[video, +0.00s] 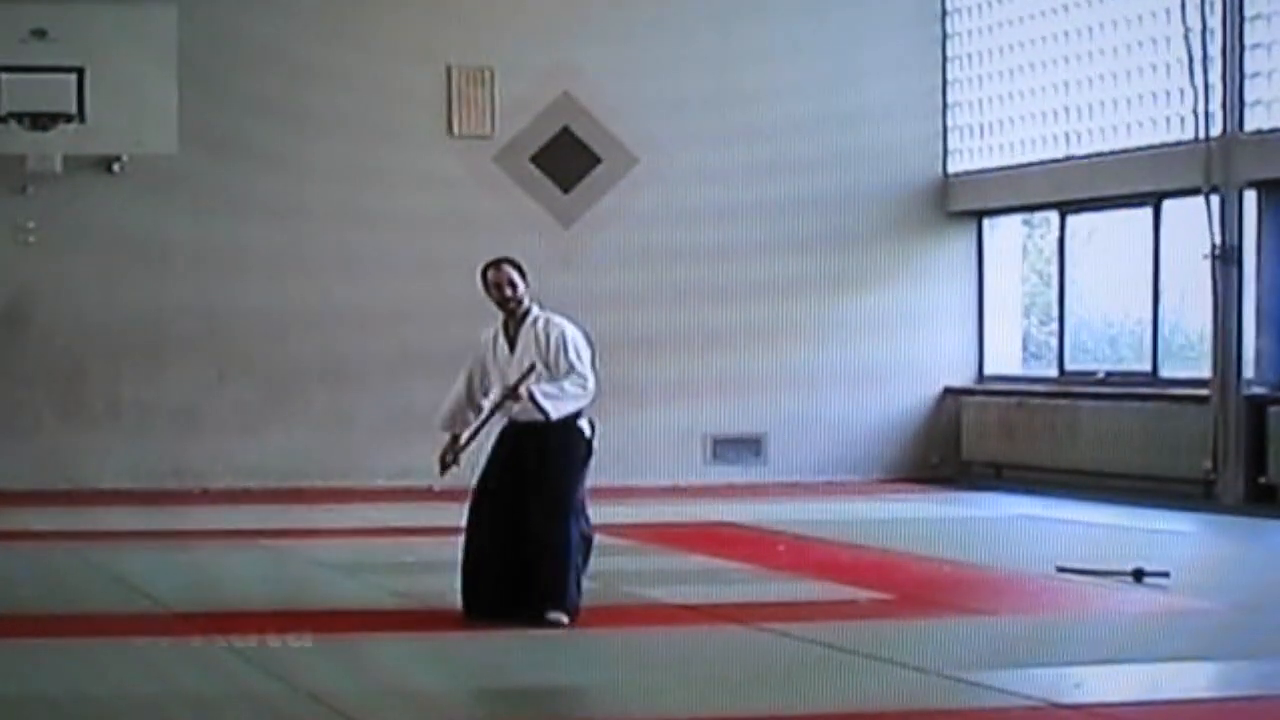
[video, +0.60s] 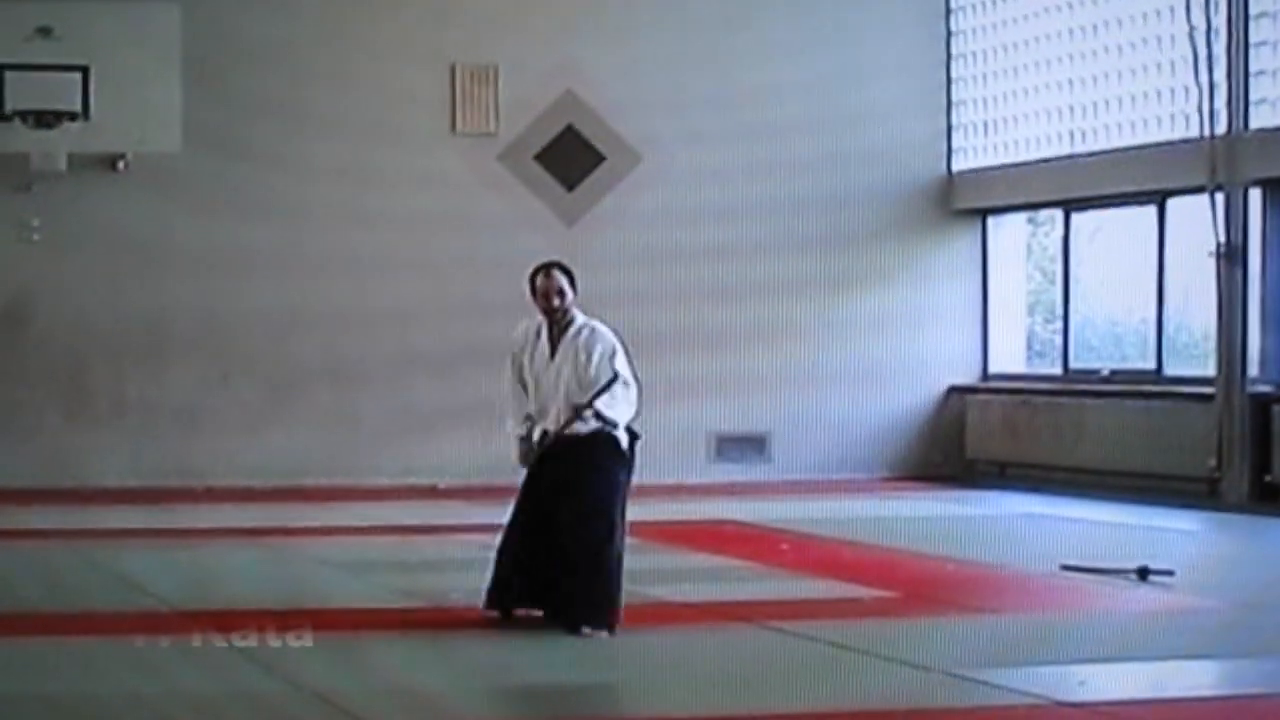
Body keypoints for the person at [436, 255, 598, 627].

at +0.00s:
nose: (506, 293)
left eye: (511, 284)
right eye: (497, 288)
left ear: (525, 285)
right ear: (489, 296)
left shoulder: (558, 332)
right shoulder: (492, 342)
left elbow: (583, 385)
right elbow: (472, 393)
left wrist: (534, 394)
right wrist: (456, 437)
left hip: (560, 433)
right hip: (517, 432)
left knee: (555, 516)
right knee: (491, 510)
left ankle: (558, 602)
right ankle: (495, 601)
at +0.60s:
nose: (553, 302)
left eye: (559, 293)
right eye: (545, 295)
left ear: (572, 294)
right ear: (535, 300)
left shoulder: (596, 337)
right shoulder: (525, 342)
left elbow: (622, 393)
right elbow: (519, 397)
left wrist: (585, 421)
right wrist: (524, 436)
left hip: (597, 442)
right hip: (551, 443)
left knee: (594, 526)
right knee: (533, 520)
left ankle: (596, 615)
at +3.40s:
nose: (592, 235)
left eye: (599, 227)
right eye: (584, 228)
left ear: (611, 230)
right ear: (572, 233)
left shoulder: (633, 279)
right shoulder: (555, 279)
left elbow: (647, 338)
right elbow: (538, 335)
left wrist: (616, 368)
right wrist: (561, 373)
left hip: (621, 385)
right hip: (573, 384)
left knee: (623, 471)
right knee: (558, 468)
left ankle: (626, 557)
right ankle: (541, 551)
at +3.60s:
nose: (610, 230)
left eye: (617, 222)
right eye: (602, 223)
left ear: (630, 226)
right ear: (590, 229)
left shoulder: (649, 275)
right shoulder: (572, 273)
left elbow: (655, 327)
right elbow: (569, 321)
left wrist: (635, 355)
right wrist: (597, 353)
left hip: (635, 377)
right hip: (588, 376)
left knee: (632, 467)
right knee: (586, 464)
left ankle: (640, 554)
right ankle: (588, 549)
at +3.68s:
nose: (613, 230)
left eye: (620, 222)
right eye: (605, 223)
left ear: (633, 227)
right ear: (593, 229)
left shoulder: (652, 275)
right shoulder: (576, 273)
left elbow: (659, 327)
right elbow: (572, 322)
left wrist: (642, 352)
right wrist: (600, 353)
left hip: (637, 379)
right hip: (590, 378)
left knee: (635, 467)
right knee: (591, 466)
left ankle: (644, 555)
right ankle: (596, 552)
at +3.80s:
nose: (617, 230)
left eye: (624, 221)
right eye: (609, 222)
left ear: (637, 226)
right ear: (598, 229)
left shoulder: (655, 274)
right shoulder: (580, 273)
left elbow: (662, 327)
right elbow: (577, 328)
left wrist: (643, 353)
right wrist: (608, 356)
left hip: (640, 377)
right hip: (593, 377)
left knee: (637, 467)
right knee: (595, 466)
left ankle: (646, 556)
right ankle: (600, 554)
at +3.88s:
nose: (619, 229)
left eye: (625, 221)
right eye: (610, 222)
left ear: (638, 226)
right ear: (599, 229)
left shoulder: (656, 274)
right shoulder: (580, 273)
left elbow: (664, 325)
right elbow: (576, 328)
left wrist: (648, 348)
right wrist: (608, 355)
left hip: (641, 377)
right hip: (594, 378)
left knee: (638, 467)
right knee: (595, 466)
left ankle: (645, 556)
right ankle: (600, 554)